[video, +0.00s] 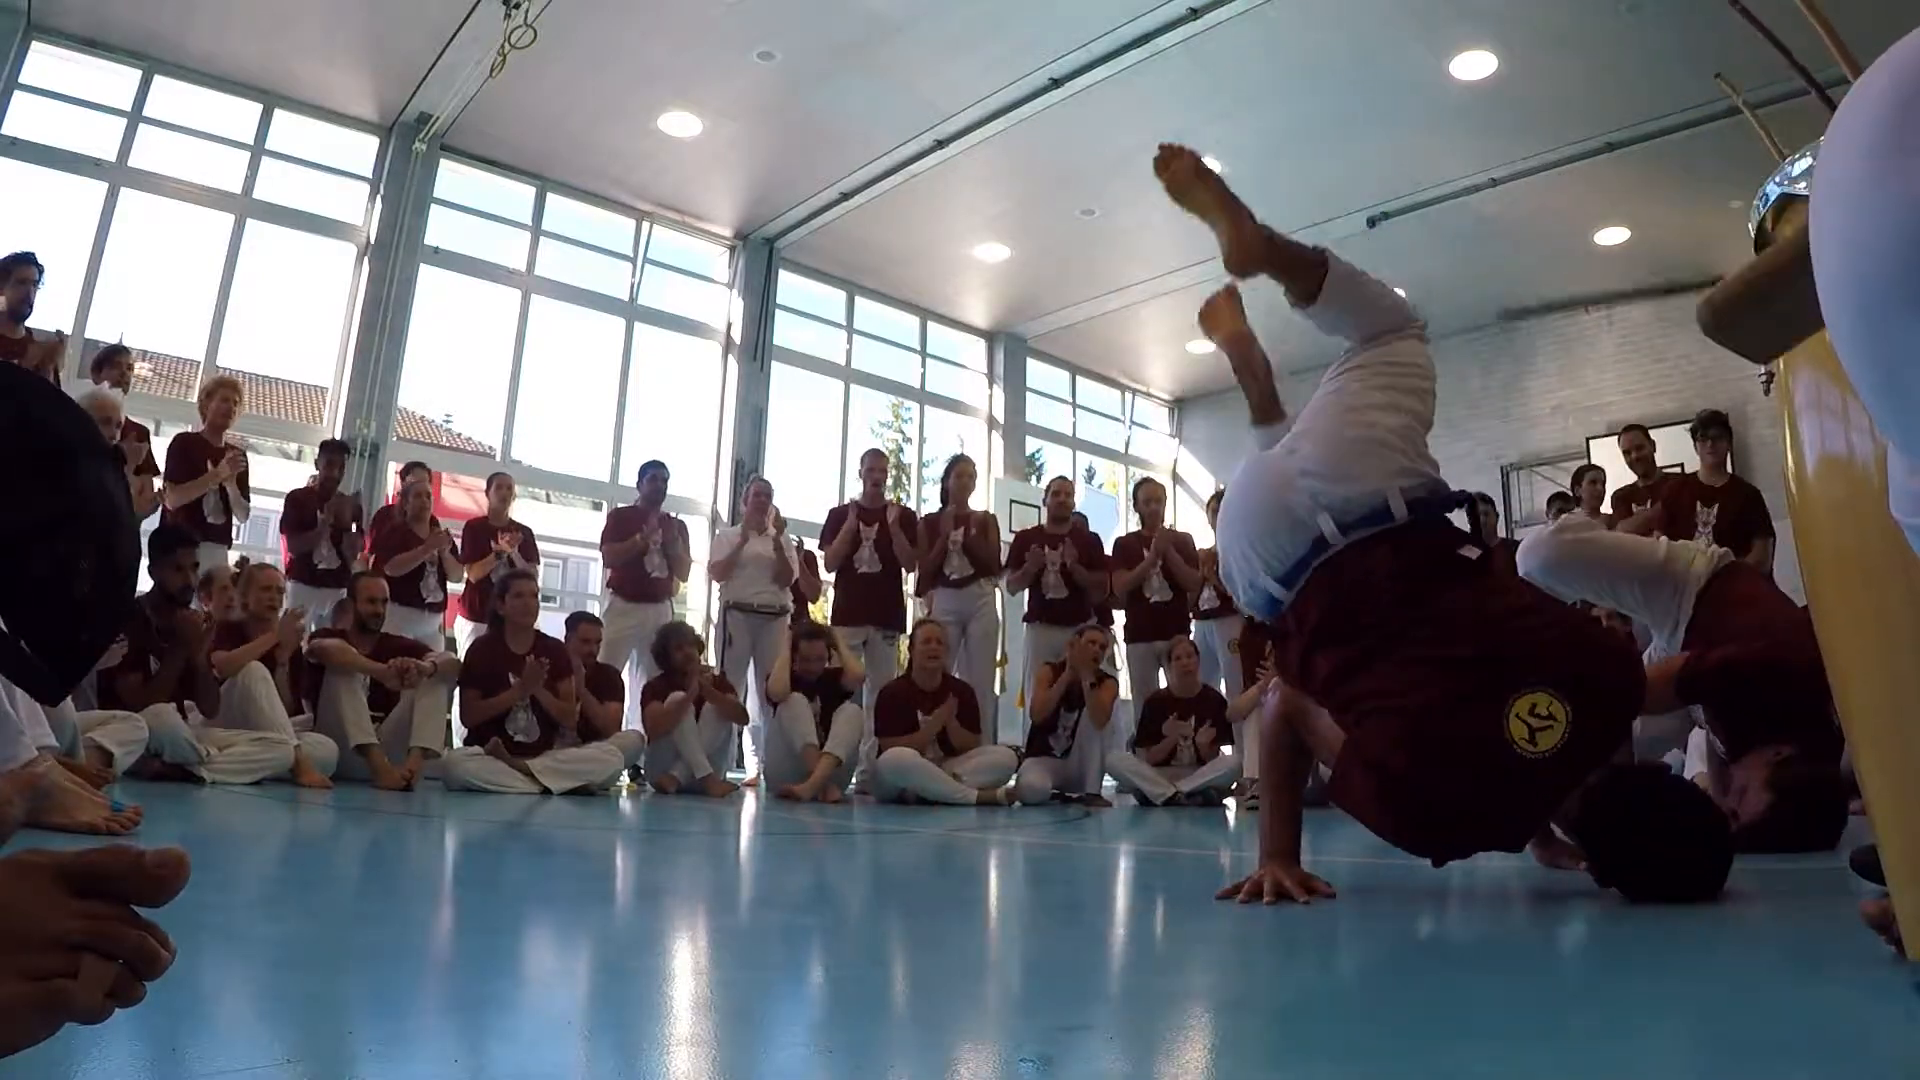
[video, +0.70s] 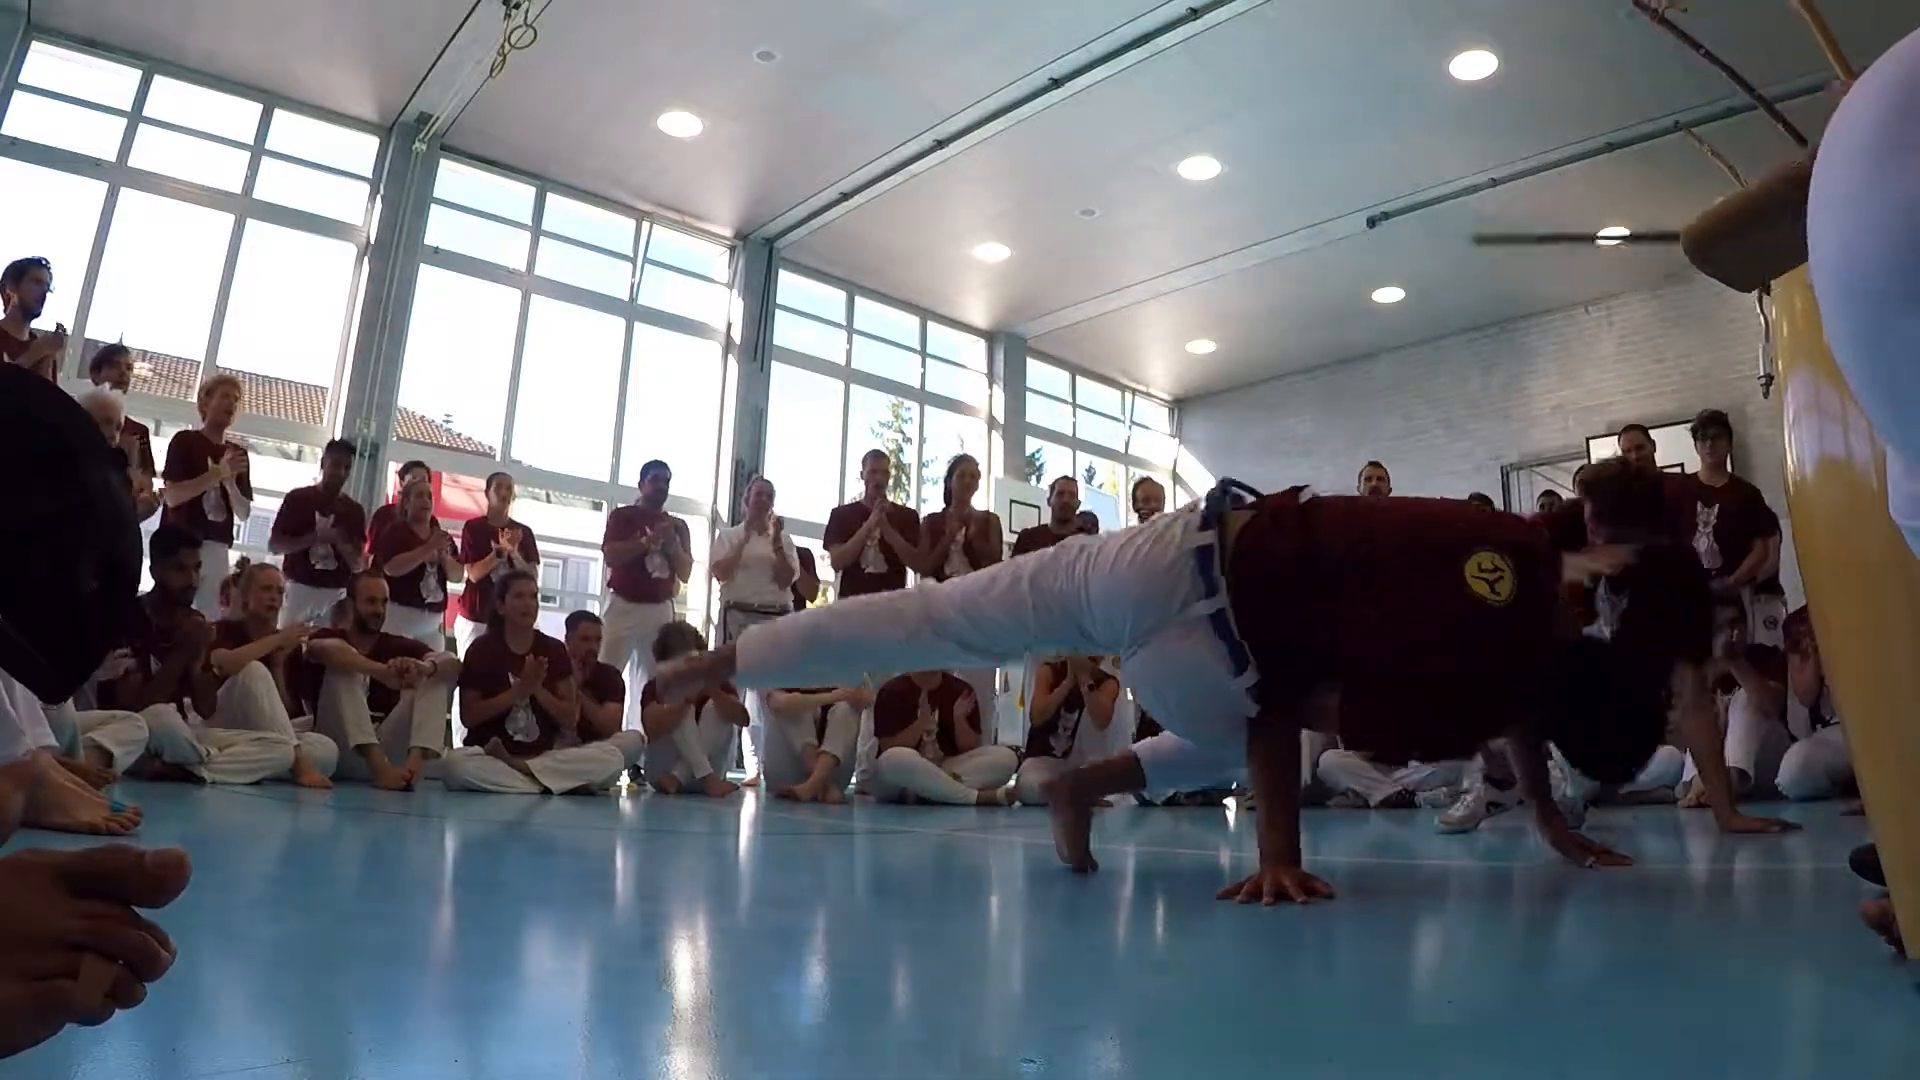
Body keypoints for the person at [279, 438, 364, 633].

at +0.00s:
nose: (335, 472)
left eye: (341, 467)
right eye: (329, 465)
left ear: (345, 469)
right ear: (317, 464)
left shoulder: (350, 505)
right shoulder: (297, 498)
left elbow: (352, 554)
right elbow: (294, 546)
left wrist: (346, 525)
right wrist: (322, 529)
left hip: (337, 588)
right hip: (302, 585)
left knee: (331, 654)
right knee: (293, 651)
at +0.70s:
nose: (340, 473)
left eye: (346, 467)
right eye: (335, 465)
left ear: (350, 472)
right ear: (322, 464)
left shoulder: (354, 510)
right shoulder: (296, 499)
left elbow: (357, 564)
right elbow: (275, 545)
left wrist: (339, 539)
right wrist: (315, 537)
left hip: (335, 594)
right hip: (298, 589)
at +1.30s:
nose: (341, 473)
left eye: (347, 468)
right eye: (336, 465)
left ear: (351, 472)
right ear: (323, 464)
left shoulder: (352, 507)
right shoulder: (299, 497)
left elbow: (352, 554)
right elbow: (294, 543)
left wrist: (349, 524)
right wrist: (319, 520)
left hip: (336, 589)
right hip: (301, 585)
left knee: (329, 654)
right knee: (290, 650)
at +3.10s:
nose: (337, 474)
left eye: (340, 468)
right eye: (331, 467)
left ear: (345, 469)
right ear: (316, 465)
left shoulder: (352, 509)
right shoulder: (292, 501)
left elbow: (357, 550)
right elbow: (268, 545)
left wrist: (353, 557)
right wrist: (291, 543)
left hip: (335, 593)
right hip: (298, 589)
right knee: (288, 655)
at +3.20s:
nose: (335, 474)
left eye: (339, 467)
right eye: (329, 467)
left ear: (343, 468)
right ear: (313, 465)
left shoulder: (351, 508)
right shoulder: (291, 501)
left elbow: (357, 551)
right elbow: (278, 552)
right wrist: (299, 533)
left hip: (337, 594)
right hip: (299, 592)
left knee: (333, 660)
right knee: (290, 656)